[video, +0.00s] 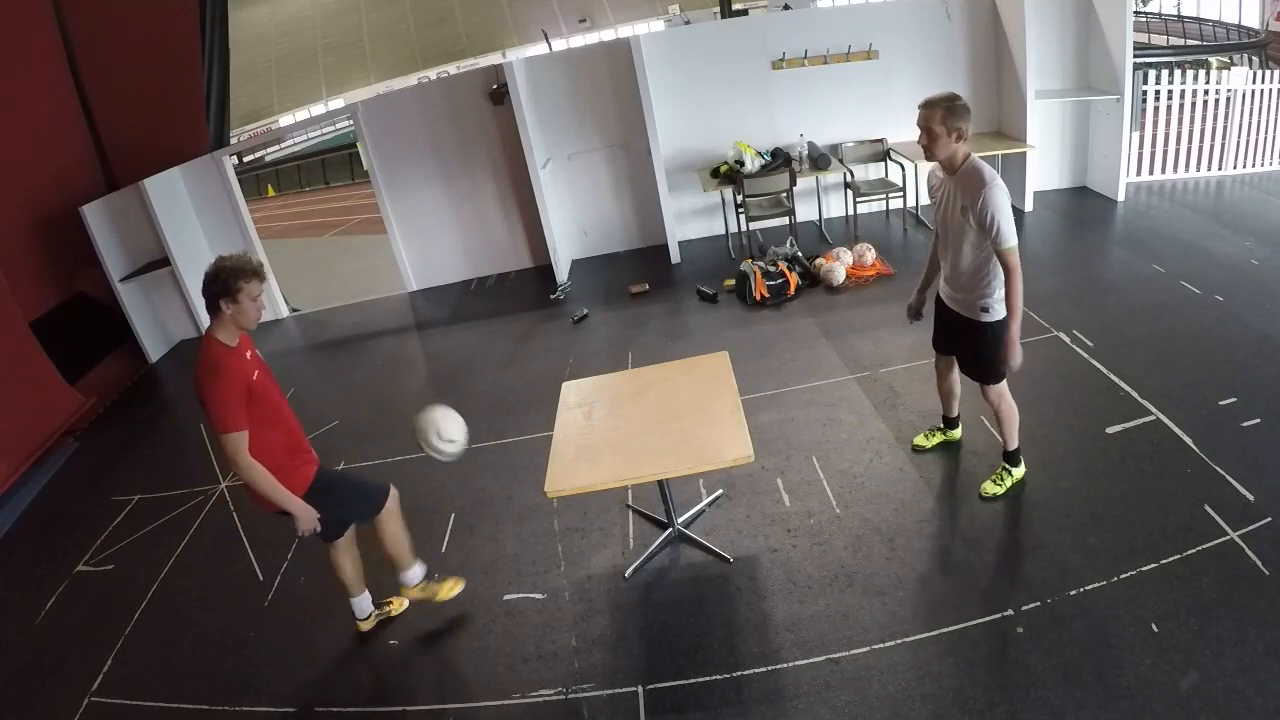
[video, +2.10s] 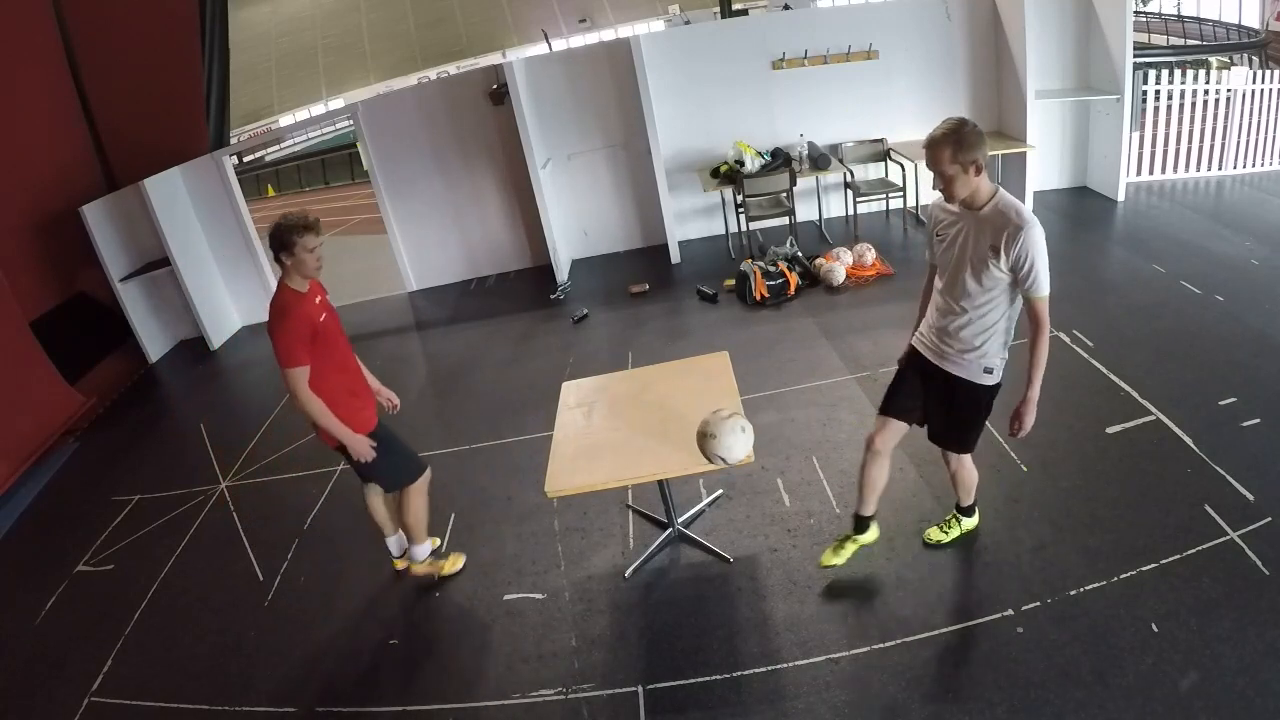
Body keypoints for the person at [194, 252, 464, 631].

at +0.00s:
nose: (262, 306)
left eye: (260, 296)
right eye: (254, 299)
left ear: (231, 306)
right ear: (226, 307)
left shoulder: (237, 341)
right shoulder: (219, 368)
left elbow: (259, 417)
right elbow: (239, 458)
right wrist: (296, 507)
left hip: (299, 470)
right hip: (292, 486)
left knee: (339, 532)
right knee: (384, 498)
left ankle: (366, 614)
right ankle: (416, 582)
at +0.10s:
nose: (267, 308)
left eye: (266, 298)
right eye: (259, 301)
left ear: (236, 305)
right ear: (231, 306)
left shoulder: (241, 340)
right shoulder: (220, 366)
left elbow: (260, 410)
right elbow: (240, 455)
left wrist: (297, 455)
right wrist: (294, 504)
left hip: (297, 464)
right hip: (287, 481)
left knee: (338, 528)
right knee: (382, 484)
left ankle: (366, 614)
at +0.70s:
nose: (264, 291)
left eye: (261, 282)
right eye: (254, 285)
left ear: (233, 296)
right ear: (227, 297)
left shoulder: (247, 332)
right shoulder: (225, 361)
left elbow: (276, 400)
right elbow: (247, 453)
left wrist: (312, 438)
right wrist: (298, 508)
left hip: (310, 460)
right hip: (301, 480)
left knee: (343, 531)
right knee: (400, 486)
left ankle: (366, 613)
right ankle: (430, 577)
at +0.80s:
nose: (266, 289)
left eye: (263, 280)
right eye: (257, 284)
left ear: (235, 295)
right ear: (229, 296)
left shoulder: (249, 331)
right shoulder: (230, 360)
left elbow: (280, 401)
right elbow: (253, 451)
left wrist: (320, 434)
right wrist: (297, 512)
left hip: (311, 464)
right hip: (307, 482)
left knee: (339, 535)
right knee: (383, 527)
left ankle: (364, 611)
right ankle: (396, 618)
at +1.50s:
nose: (296, 288)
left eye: (294, 279)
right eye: (287, 283)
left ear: (266, 291)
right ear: (258, 293)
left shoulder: (283, 323)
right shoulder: (259, 358)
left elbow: (312, 390)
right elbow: (286, 450)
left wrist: (346, 428)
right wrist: (338, 505)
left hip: (337, 454)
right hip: (317, 480)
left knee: (368, 503)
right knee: (360, 557)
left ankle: (392, 559)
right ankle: (392, 629)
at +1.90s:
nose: (308, 265)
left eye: (307, 256)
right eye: (298, 261)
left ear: (305, 256)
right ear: (273, 271)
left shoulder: (300, 298)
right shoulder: (277, 329)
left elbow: (329, 359)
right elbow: (292, 410)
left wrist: (367, 398)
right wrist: (338, 465)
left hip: (358, 421)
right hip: (342, 443)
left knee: (385, 483)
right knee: (389, 514)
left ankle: (400, 550)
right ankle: (394, 608)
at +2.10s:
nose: (320, 256)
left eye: (319, 248)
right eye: (310, 251)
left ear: (318, 247)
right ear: (286, 259)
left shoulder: (311, 287)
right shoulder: (287, 315)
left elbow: (339, 348)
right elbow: (301, 394)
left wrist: (374, 385)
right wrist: (348, 437)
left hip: (356, 408)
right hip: (349, 423)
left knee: (374, 482)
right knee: (417, 473)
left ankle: (399, 548)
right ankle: (421, 556)